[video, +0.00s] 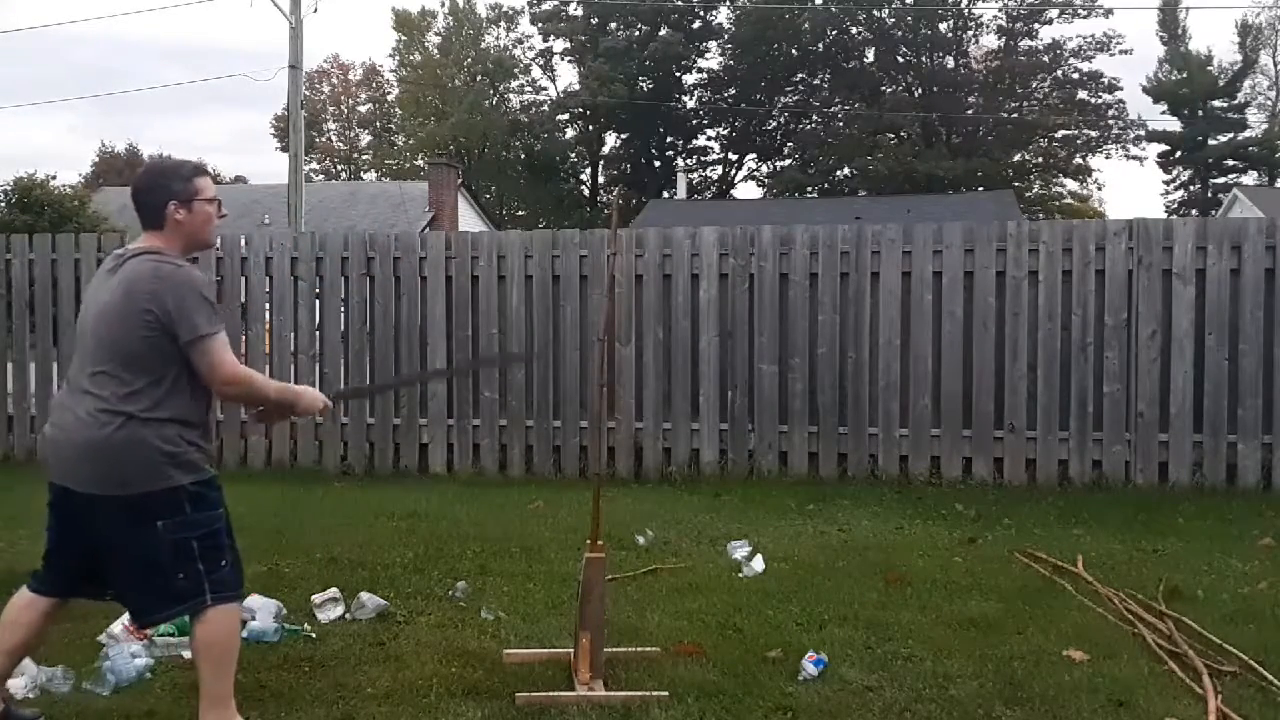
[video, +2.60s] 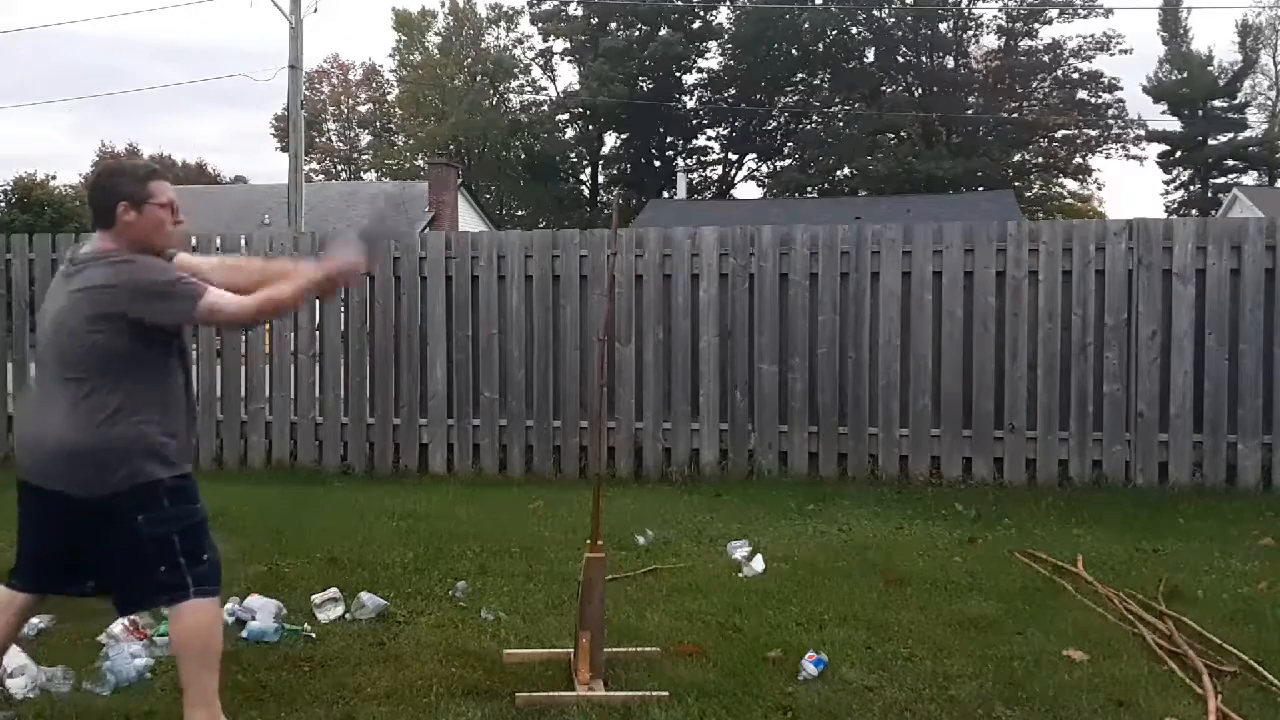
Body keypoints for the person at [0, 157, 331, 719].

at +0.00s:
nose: (221, 213)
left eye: (219, 202)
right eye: (212, 203)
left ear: (163, 214)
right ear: (175, 211)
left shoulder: (115, 268)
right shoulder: (178, 278)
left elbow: (157, 369)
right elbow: (226, 376)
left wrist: (253, 400)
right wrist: (293, 395)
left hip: (72, 453)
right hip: (151, 459)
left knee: (52, 583)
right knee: (217, 590)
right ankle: (219, 711)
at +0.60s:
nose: (196, 215)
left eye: (193, 203)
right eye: (187, 204)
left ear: (141, 216)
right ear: (149, 213)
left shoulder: (101, 272)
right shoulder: (155, 282)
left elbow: (226, 312)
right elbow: (253, 326)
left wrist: (305, 320)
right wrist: (333, 318)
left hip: (51, 460)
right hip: (130, 464)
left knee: (34, 587)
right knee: (202, 589)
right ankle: (203, 713)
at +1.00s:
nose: (194, 227)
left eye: (191, 218)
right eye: (185, 218)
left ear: (142, 225)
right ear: (147, 224)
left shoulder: (106, 273)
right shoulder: (132, 279)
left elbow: (224, 259)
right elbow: (237, 283)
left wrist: (294, 239)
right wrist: (296, 228)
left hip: (48, 461)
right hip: (116, 466)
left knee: (25, 589)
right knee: (199, 585)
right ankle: (203, 712)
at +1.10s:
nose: (188, 228)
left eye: (186, 218)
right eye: (179, 217)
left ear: (134, 224)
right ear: (140, 224)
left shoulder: (106, 274)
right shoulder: (118, 279)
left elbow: (210, 252)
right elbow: (224, 259)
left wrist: (271, 201)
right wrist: (268, 181)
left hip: (50, 466)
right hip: (115, 470)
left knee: (28, 587)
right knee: (197, 585)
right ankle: (203, 712)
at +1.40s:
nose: (175, 226)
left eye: (174, 213)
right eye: (167, 217)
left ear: (128, 226)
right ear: (131, 225)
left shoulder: (130, 277)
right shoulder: (98, 277)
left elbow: (214, 225)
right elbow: (186, 235)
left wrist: (229, 166)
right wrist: (196, 143)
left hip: (59, 466)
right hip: (113, 468)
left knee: (35, 589)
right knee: (199, 582)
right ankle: (203, 712)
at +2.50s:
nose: (178, 230)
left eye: (175, 219)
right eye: (167, 219)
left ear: (125, 226)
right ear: (126, 226)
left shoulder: (99, 276)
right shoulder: (116, 283)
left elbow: (219, 247)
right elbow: (229, 278)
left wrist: (247, 196)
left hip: (66, 470)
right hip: (135, 471)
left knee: (32, 590)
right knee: (214, 583)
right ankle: (206, 712)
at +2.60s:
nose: (177, 218)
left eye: (176, 208)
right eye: (167, 208)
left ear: (123, 217)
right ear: (127, 214)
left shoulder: (81, 265)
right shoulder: (139, 276)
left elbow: (219, 270)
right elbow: (244, 309)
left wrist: (311, 270)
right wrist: (319, 277)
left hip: (47, 459)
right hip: (130, 463)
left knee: (25, 583)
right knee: (196, 587)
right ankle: (204, 711)